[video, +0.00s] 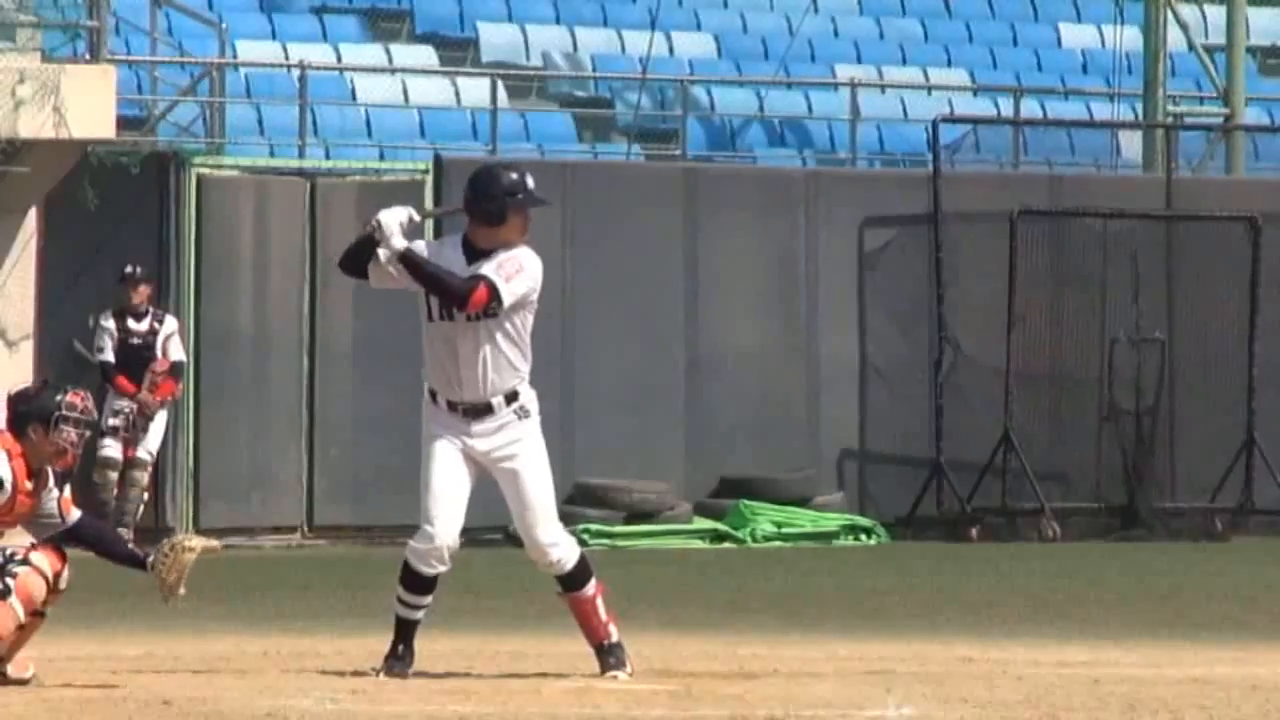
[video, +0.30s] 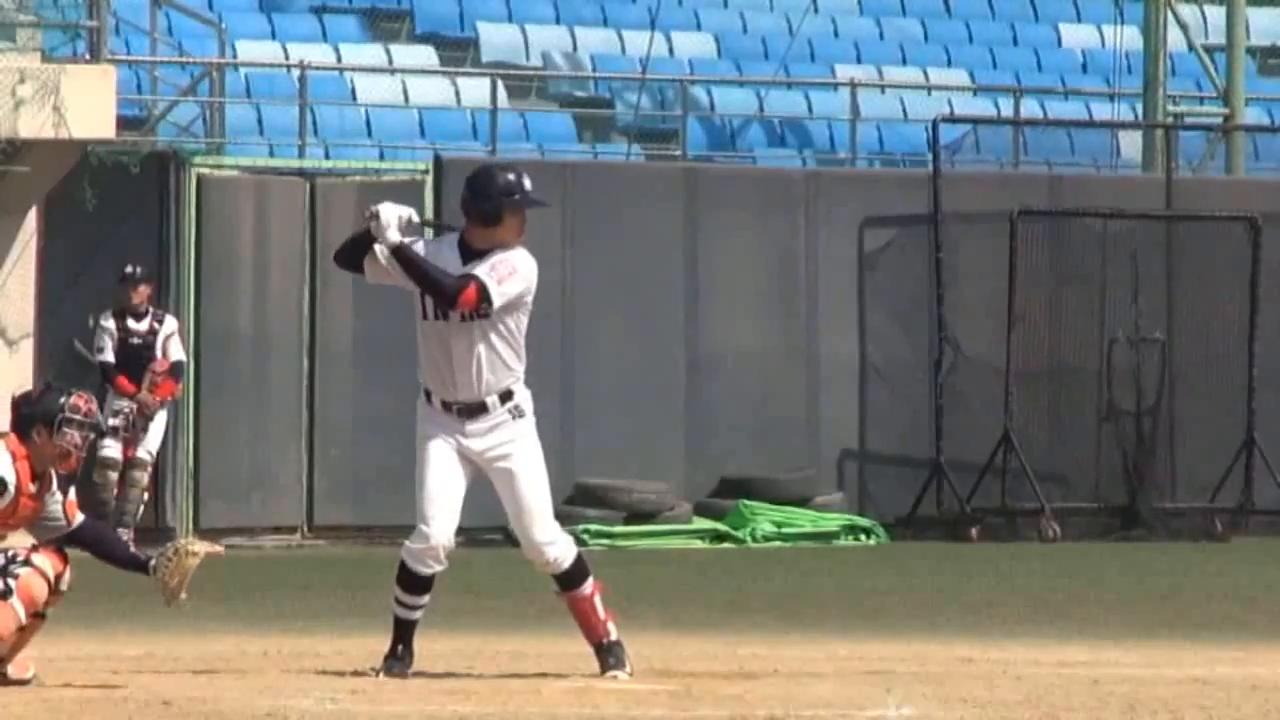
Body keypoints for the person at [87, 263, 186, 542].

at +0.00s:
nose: (133, 292)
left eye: (139, 286)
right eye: (129, 286)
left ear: (150, 290)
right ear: (123, 289)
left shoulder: (167, 324)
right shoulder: (109, 321)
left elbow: (177, 369)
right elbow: (107, 368)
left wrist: (158, 397)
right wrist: (136, 394)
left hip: (154, 399)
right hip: (119, 395)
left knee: (141, 460)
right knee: (108, 455)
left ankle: (126, 529)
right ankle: (104, 526)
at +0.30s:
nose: (133, 292)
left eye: (139, 286)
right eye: (128, 286)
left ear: (150, 290)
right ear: (122, 289)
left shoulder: (167, 325)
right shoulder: (109, 321)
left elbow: (177, 369)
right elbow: (107, 367)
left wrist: (157, 399)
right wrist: (136, 394)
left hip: (153, 400)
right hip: (119, 395)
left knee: (140, 462)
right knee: (108, 456)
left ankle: (125, 530)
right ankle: (101, 526)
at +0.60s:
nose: (132, 292)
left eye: (138, 286)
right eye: (128, 286)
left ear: (150, 289)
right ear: (122, 290)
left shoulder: (167, 324)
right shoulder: (109, 321)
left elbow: (177, 368)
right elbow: (106, 367)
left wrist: (156, 398)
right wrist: (136, 395)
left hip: (153, 400)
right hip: (119, 396)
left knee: (140, 461)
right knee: (108, 456)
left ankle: (125, 530)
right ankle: (102, 526)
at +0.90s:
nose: (133, 292)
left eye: (138, 286)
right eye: (129, 286)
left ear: (149, 289)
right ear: (123, 289)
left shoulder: (167, 324)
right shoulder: (109, 321)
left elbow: (177, 368)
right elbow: (106, 367)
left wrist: (157, 397)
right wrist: (136, 394)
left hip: (152, 400)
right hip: (118, 396)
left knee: (140, 460)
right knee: (108, 457)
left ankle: (125, 528)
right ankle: (102, 526)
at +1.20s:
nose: (136, 292)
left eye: (142, 286)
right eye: (131, 286)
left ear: (150, 290)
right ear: (123, 289)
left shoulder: (167, 324)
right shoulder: (108, 322)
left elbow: (176, 368)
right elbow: (106, 368)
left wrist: (156, 398)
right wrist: (136, 394)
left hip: (152, 400)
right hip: (118, 396)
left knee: (140, 460)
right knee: (108, 457)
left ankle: (125, 529)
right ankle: (103, 526)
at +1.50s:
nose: (136, 292)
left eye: (142, 286)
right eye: (131, 286)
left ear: (150, 290)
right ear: (123, 289)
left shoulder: (167, 324)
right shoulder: (108, 322)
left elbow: (176, 368)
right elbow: (106, 368)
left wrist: (157, 398)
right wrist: (136, 395)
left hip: (153, 400)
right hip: (117, 396)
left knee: (141, 459)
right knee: (108, 457)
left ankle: (125, 528)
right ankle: (104, 525)